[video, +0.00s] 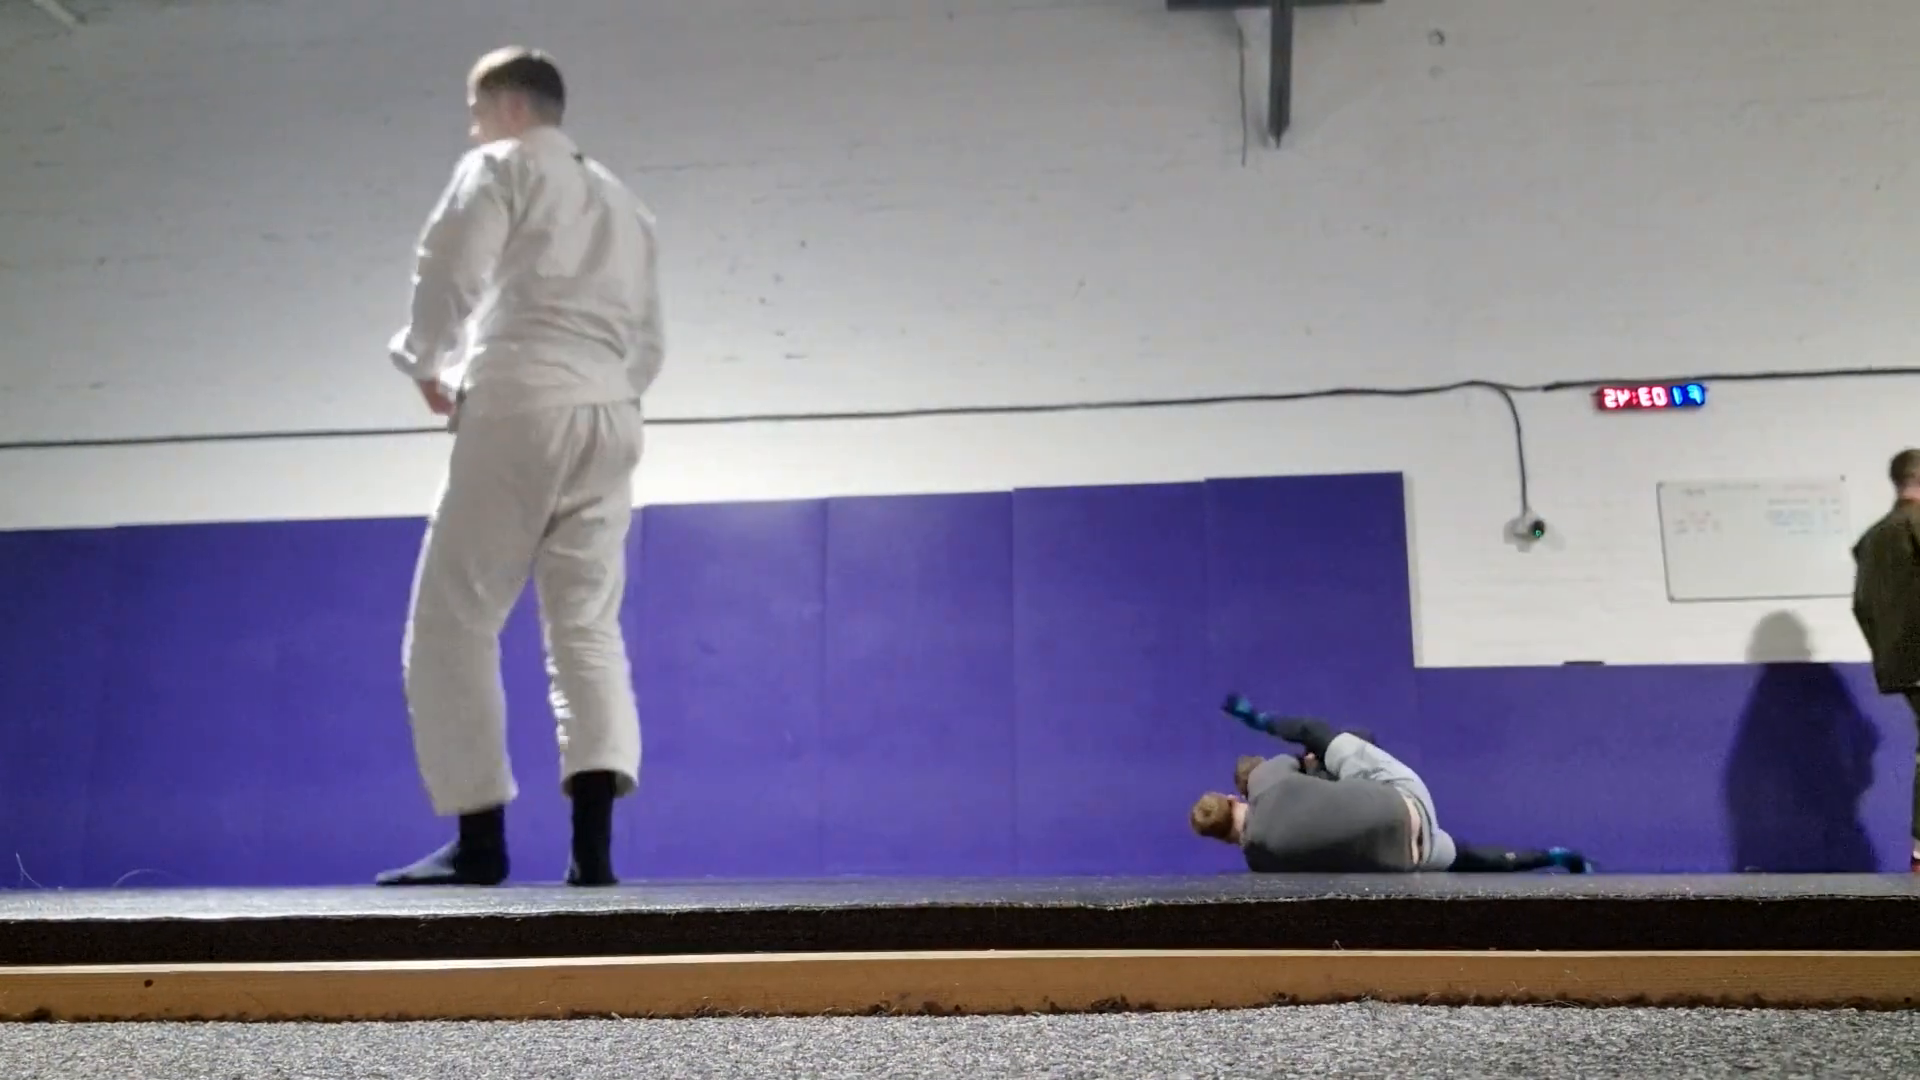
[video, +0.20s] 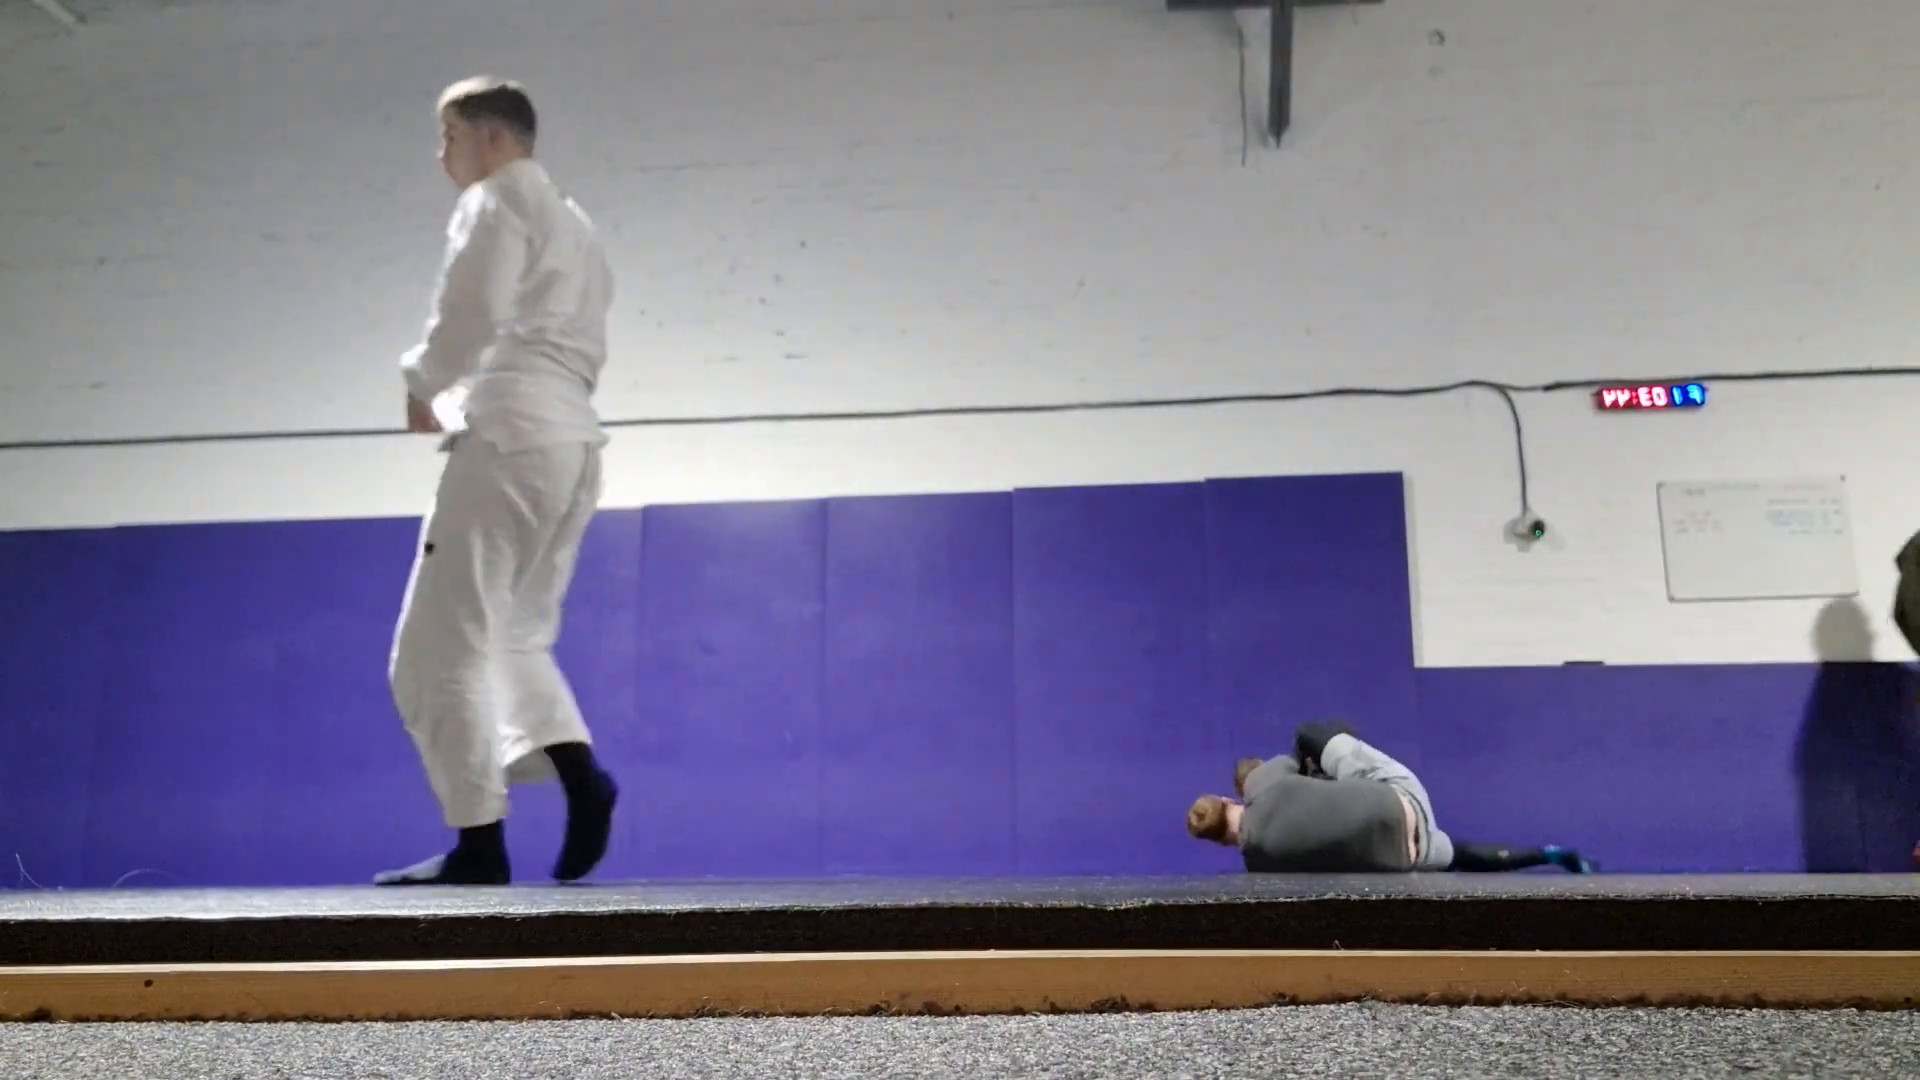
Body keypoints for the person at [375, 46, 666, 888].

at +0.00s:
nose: (476, 126)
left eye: (479, 110)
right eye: (476, 112)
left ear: (508, 103)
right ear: (553, 107)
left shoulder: (497, 166)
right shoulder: (628, 205)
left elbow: (451, 260)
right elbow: (647, 337)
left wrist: (423, 360)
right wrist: (608, 407)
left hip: (516, 408)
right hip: (612, 418)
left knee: (454, 617)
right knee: (588, 626)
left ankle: (478, 844)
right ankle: (593, 854)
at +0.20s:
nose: (444, 158)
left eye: (450, 139)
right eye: (443, 141)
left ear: (490, 134)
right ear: (521, 137)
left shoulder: (496, 199)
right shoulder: (582, 226)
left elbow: (473, 310)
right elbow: (581, 348)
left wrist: (421, 384)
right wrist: (503, 407)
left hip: (508, 438)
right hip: (577, 446)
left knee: (439, 641)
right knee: (519, 632)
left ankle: (479, 844)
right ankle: (582, 779)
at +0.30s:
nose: (437, 155)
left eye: (448, 138)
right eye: (435, 141)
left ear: (497, 140)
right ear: (505, 147)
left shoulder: (507, 199)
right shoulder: (547, 215)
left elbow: (505, 313)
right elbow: (562, 351)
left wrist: (433, 388)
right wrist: (473, 429)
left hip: (515, 439)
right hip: (554, 443)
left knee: (439, 647)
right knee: (472, 636)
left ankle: (479, 847)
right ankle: (558, 805)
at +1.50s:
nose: (586, 233)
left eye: (600, 223)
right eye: (575, 217)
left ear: (616, 230)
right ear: (548, 214)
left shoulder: (633, 311)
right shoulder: (503, 280)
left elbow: (663, 404)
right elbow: (465, 329)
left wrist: (698, 482)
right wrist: (539, 264)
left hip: (603, 499)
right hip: (516, 493)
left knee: (594, 667)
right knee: (484, 666)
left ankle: (569, 846)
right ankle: (480, 848)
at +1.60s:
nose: (592, 236)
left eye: (607, 226)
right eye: (581, 219)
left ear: (621, 233)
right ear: (552, 216)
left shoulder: (635, 312)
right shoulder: (506, 281)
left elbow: (664, 404)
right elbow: (471, 326)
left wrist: (692, 481)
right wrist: (543, 263)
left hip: (605, 502)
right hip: (519, 496)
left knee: (596, 671)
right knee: (486, 668)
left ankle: (568, 848)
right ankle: (481, 850)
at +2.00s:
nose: (595, 236)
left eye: (607, 226)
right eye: (584, 222)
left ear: (622, 231)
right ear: (555, 219)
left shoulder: (640, 312)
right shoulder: (513, 279)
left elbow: (664, 407)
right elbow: (489, 322)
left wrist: (665, 483)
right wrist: (569, 275)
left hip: (608, 506)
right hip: (521, 497)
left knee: (596, 674)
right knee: (487, 667)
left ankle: (570, 846)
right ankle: (481, 851)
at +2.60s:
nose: (617, 227)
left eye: (627, 218)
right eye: (605, 212)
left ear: (633, 229)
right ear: (566, 211)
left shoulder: (644, 311)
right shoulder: (508, 287)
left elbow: (669, 402)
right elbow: (457, 382)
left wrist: (689, 476)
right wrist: (418, 474)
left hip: (611, 504)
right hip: (523, 497)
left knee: (599, 675)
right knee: (493, 671)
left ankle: (569, 850)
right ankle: (481, 851)